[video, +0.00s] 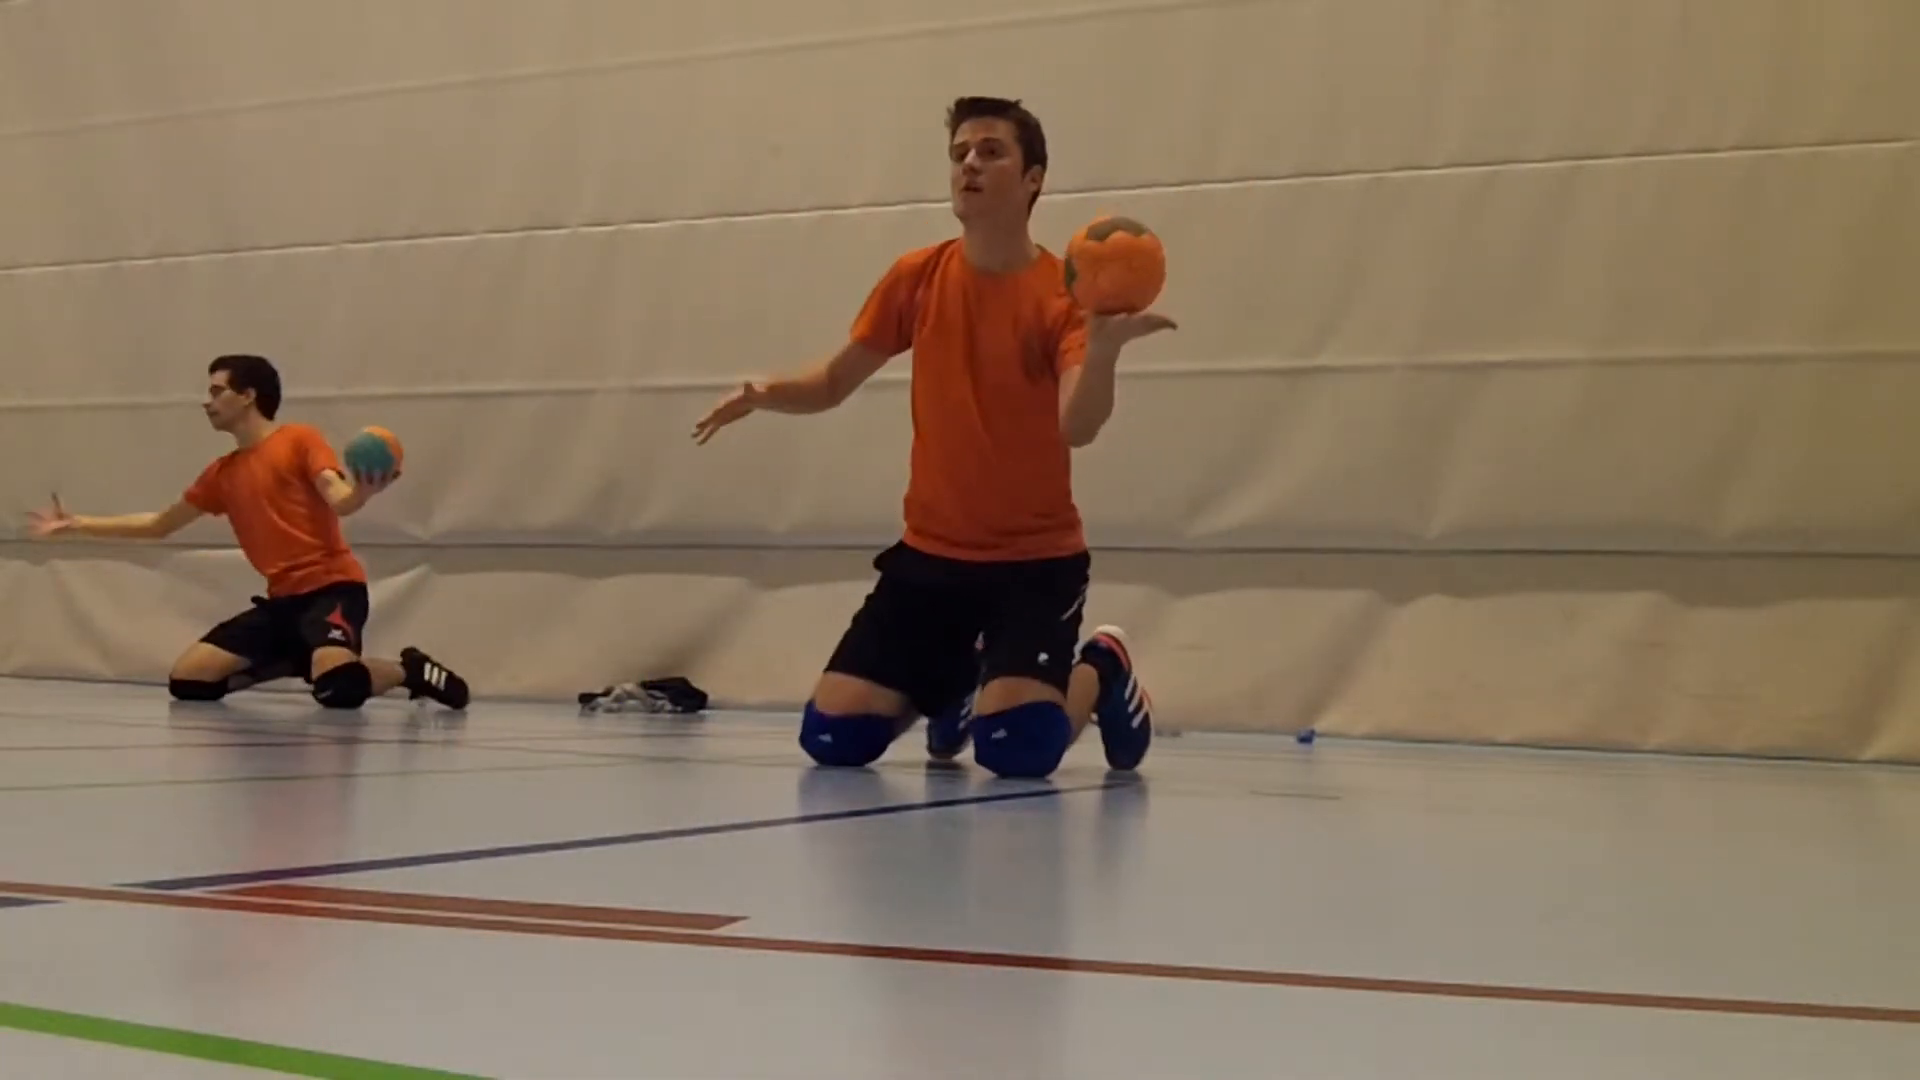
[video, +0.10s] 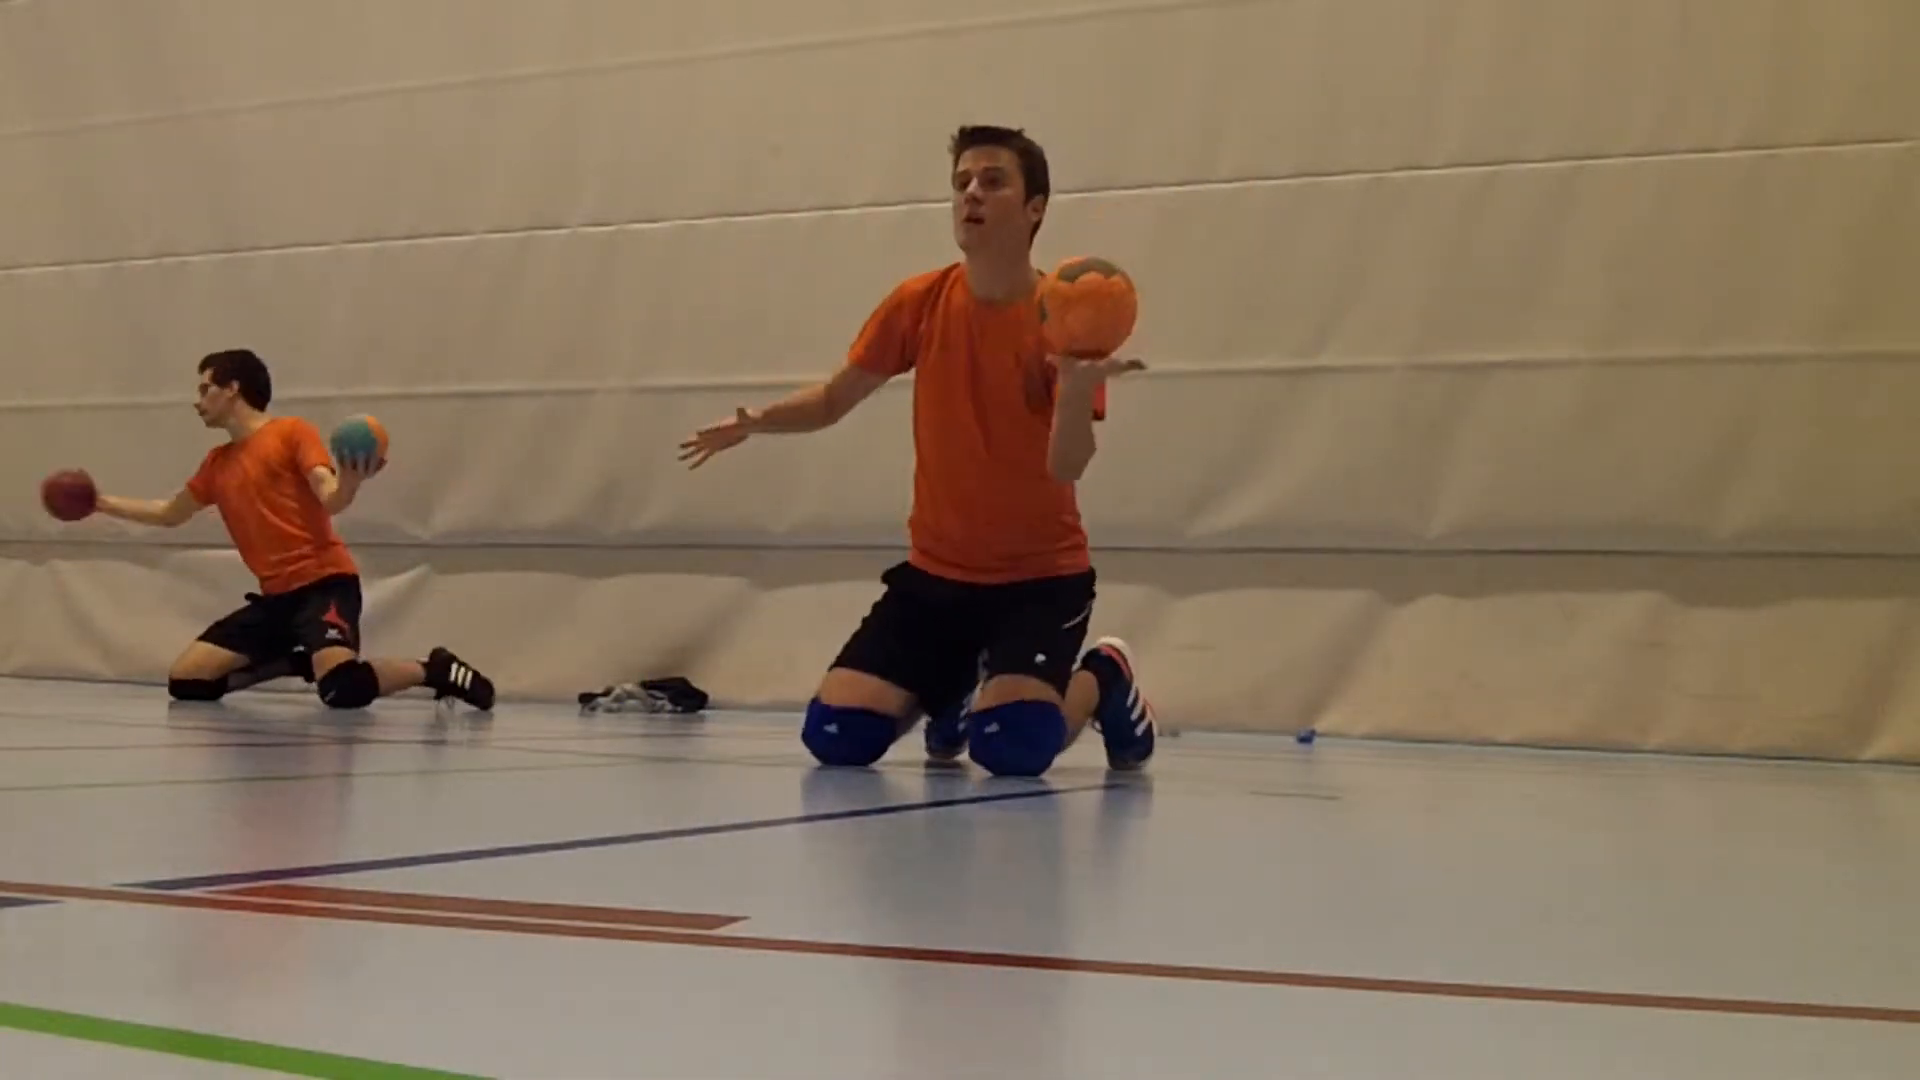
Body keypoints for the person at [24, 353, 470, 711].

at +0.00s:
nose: (206, 404)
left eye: (215, 393)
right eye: (207, 394)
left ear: (249, 396)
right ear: (237, 400)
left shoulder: (298, 440)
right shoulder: (221, 475)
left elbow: (340, 501)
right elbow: (158, 525)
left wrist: (367, 486)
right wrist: (76, 525)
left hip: (334, 590)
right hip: (282, 605)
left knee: (335, 685)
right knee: (188, 680)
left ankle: (414, 672)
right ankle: (309, 663)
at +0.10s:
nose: (197, 400)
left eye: (205, 389)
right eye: (198, 390)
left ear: (236, 391)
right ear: (226, 393)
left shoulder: (289, 433)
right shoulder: (217, 464)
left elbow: (331, 500)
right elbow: (168, 513)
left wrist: (351, 484)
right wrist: (94, 500)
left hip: (326, 586)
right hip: (275, 600)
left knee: (340, 686)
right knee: (187, 681)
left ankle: (435, 670)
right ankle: (303, 660)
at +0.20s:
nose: (199, 390)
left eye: (205, 379)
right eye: (201, 379)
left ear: (231, 382)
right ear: (231, 383)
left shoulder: (288, 426)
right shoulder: (230, 455)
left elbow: (329, 499)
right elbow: (234, 521)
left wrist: (341, 477)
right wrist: (167, 514)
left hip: (322, 583)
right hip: (272, 594)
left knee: (333, 686)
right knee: (188, 682)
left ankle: (431, 669)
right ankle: (300, 659)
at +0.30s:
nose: (212, 387)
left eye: (217, 376)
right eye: (213, 377)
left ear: (244, 377)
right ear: (241, 378)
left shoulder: (297, 426)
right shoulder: (248, 448)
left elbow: (330, 504)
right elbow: (276, 521)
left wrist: (327, 469)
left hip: (321, 584)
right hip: (272, 592)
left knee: (321, 687)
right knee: (187, 681)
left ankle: (410, 668)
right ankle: (299, 657)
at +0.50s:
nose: (260, 383)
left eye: (271, 373)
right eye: (259, 376)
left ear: (305, 381)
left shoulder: (342, 438)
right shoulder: (268, 455)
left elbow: (368, 522)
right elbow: (293, 529)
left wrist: (305, 505)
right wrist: (253, 537)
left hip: (344, 596)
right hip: (290, 597)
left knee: (317, 689)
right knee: (194, 683)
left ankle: (392, 662)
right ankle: (296, 659)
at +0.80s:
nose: (286, 402)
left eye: (298, 393)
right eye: (286, 392)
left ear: (333, 401)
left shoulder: (363, 455)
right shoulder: (297, 448)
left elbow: (416, 525)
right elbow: (322, 484)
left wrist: (347, 546)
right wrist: (291, 494)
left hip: (369, 596)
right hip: (317, 591)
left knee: (324, 690)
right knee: (224, 684)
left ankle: (397, 657)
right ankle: (312, 659)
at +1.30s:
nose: (294, 360)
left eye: (307, 351)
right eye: (291, 349)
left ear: (339, 361)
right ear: (286, 351)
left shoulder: (362, 418)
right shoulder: (306, 415)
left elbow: (391, 511)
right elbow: (319, 494)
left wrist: (371, 512)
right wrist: (267, 510)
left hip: (362, 572)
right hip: (310, 567)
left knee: (323, 691)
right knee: (244, 687)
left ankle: (402, 659)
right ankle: (346, 653)